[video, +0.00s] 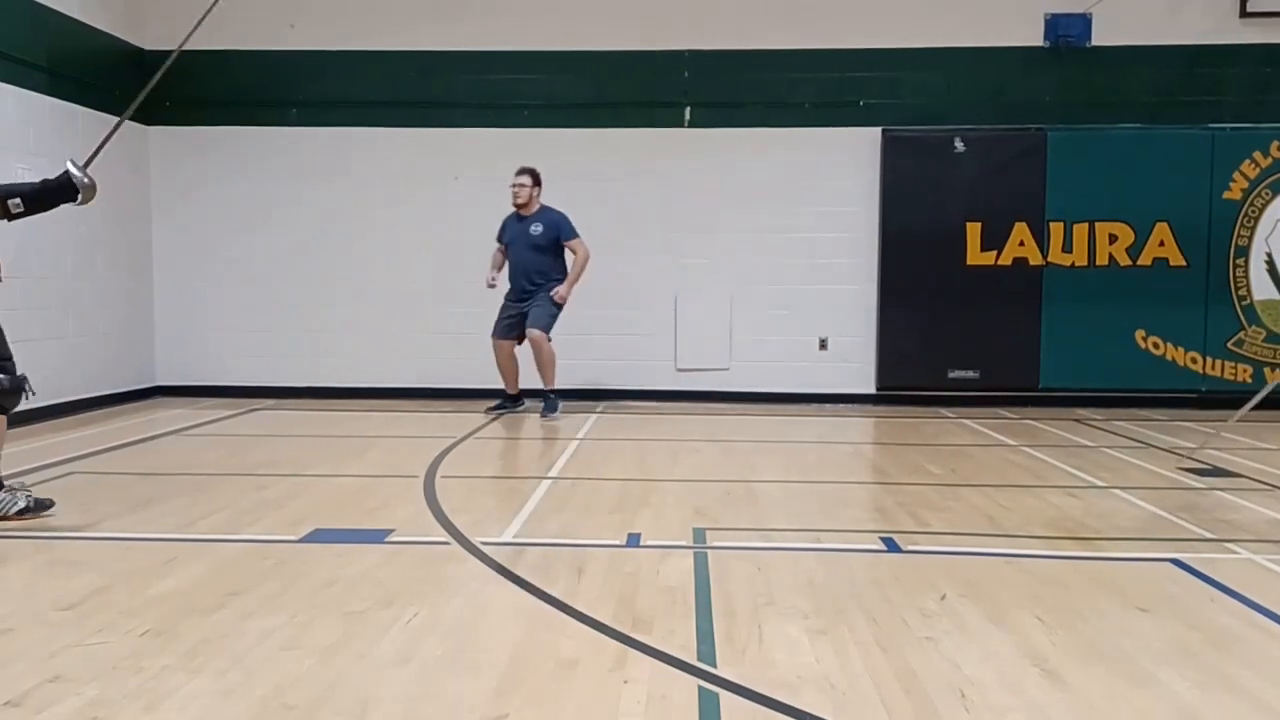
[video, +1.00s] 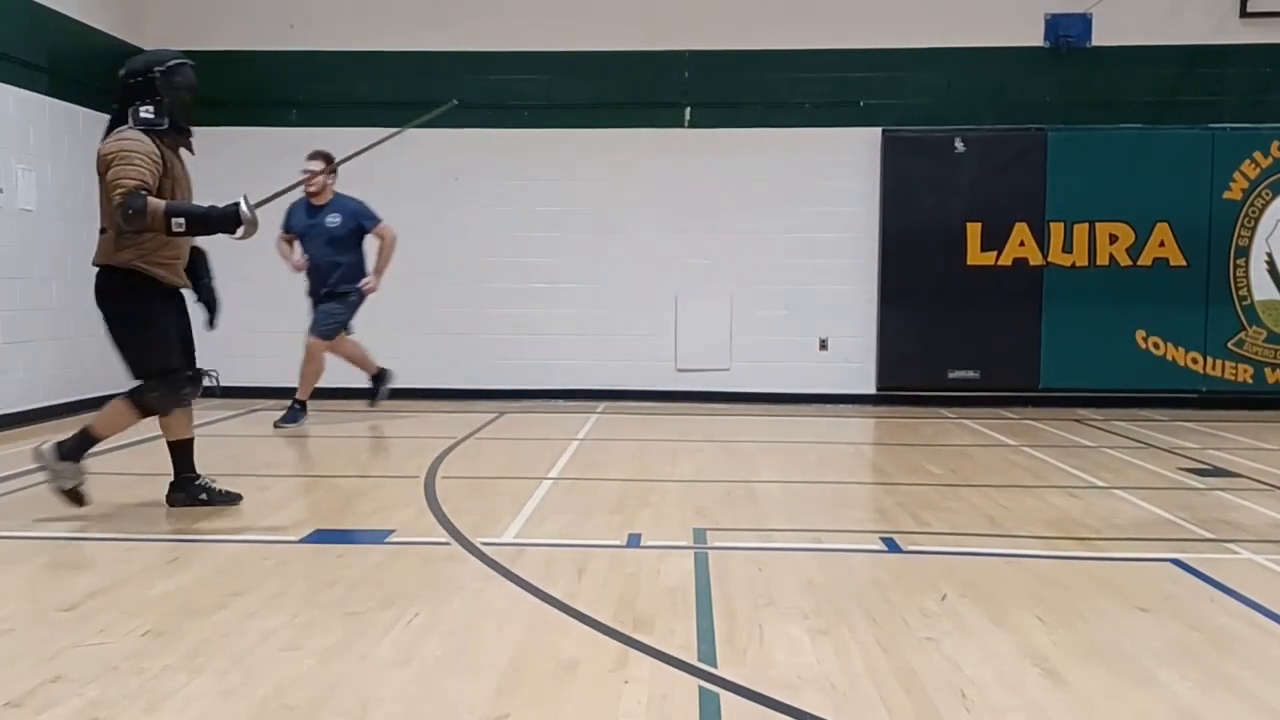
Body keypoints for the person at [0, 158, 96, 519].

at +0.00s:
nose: (5, 276)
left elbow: (4, 202)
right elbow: (6, 202)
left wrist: (59, 187)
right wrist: (61, 188)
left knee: (7, 381)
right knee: (6, 382)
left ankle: (1, 487)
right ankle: (1, 488)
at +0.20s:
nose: (13, 115)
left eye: (13, 105)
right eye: (9, 105)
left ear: (9, 103)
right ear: (1, 104)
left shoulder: (6, 151)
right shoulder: (2, 152)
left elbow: (22, 201)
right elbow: (11, 201)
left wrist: (87, 186)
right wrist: (89, 186)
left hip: (8, 278)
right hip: (4, 279)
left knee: (20, 389)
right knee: (20, 389)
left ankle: (3, 489)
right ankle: (2, 489)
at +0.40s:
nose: (46, 94)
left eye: (44, 84)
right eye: (39, 85)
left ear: (9, 88)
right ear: (19, 87)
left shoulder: (19, 139)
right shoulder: (9, 134)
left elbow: (42, 242)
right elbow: (20, 194)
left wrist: (92, 294)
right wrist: (115, 191)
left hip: (22, 279)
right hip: (9, 280)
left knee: (74, 322)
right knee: (18, 390)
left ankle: (62, 415)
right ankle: (2, 491)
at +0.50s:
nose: (67, 96)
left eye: (65, 86)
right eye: (60, 86)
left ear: (27, 90)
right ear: (37, 89)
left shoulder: (37, 138)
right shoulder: (21, 133)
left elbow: (61, 224)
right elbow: (33, 196)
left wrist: (107, 283)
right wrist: (125, 197)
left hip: (30, 278)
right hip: (12, 279)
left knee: (93, 313)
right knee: (22, 392)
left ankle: (131, 406)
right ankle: (4, 492)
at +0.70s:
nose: (106, 102)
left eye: (105, 93)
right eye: (98, 93)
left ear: (71, 97)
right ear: (72, 97)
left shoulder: (81, 145)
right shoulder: (57, 138)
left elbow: (102, 232)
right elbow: (64, 198)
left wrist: (144, 294)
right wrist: (156, 204)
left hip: (61, 282)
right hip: (33, 280)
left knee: (130, 335)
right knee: (37, 396)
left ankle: (190, 435)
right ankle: (1, 489)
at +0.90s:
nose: (154, 99)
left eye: (152, 90)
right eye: (144, 90)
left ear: (118, 98)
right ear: (120, 97)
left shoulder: (135, 145)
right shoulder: (106, 146)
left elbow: (143, 229)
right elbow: (110, 213)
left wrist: (168, 285)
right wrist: (201, 214)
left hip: (134, 290)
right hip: (104, 289)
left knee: (161, 386)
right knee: (92, 400)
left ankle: (185, 481)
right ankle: (16, 480)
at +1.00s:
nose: (189, 101)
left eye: (188, 91)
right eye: (180, 91)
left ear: (158, 95)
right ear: (152, 94)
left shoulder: (163, 146)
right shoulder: (131, 143)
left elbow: (168, 224)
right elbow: (131, 210)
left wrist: (198, 271)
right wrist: (216, 218)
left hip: (160, 283)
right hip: (129, 282)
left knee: (180, 381)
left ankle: (185, 483)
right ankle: (66, 453)